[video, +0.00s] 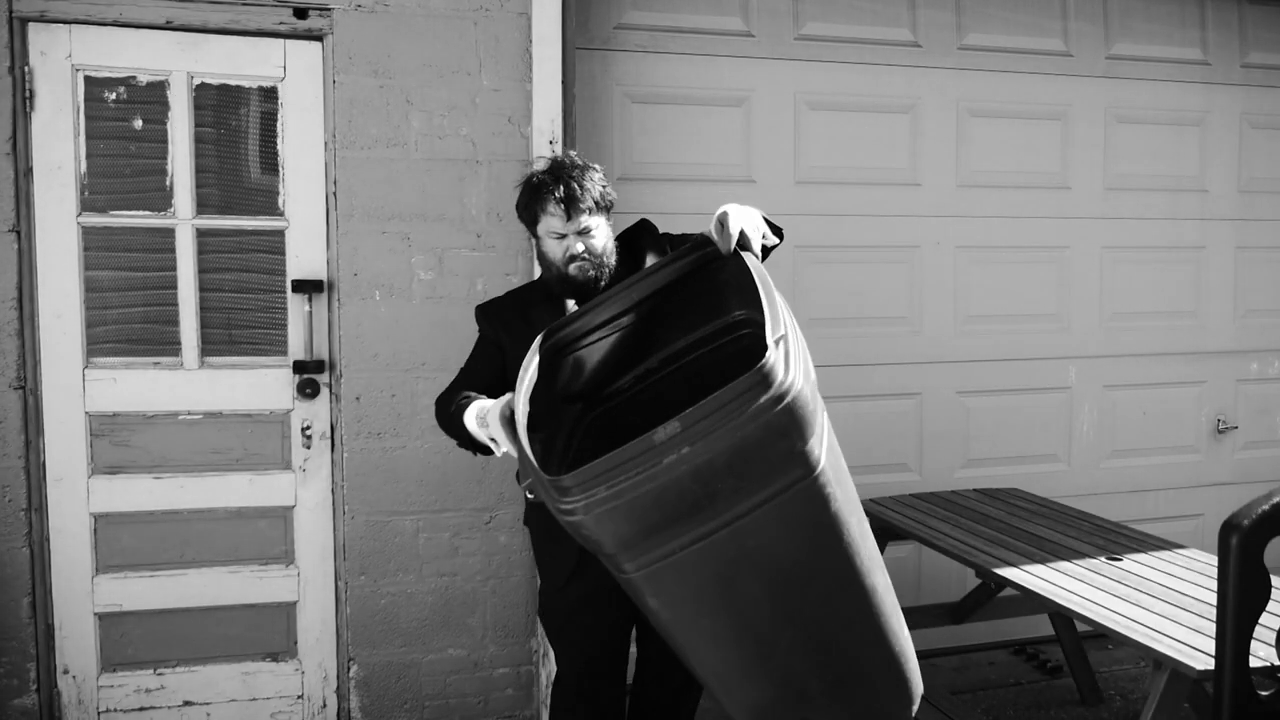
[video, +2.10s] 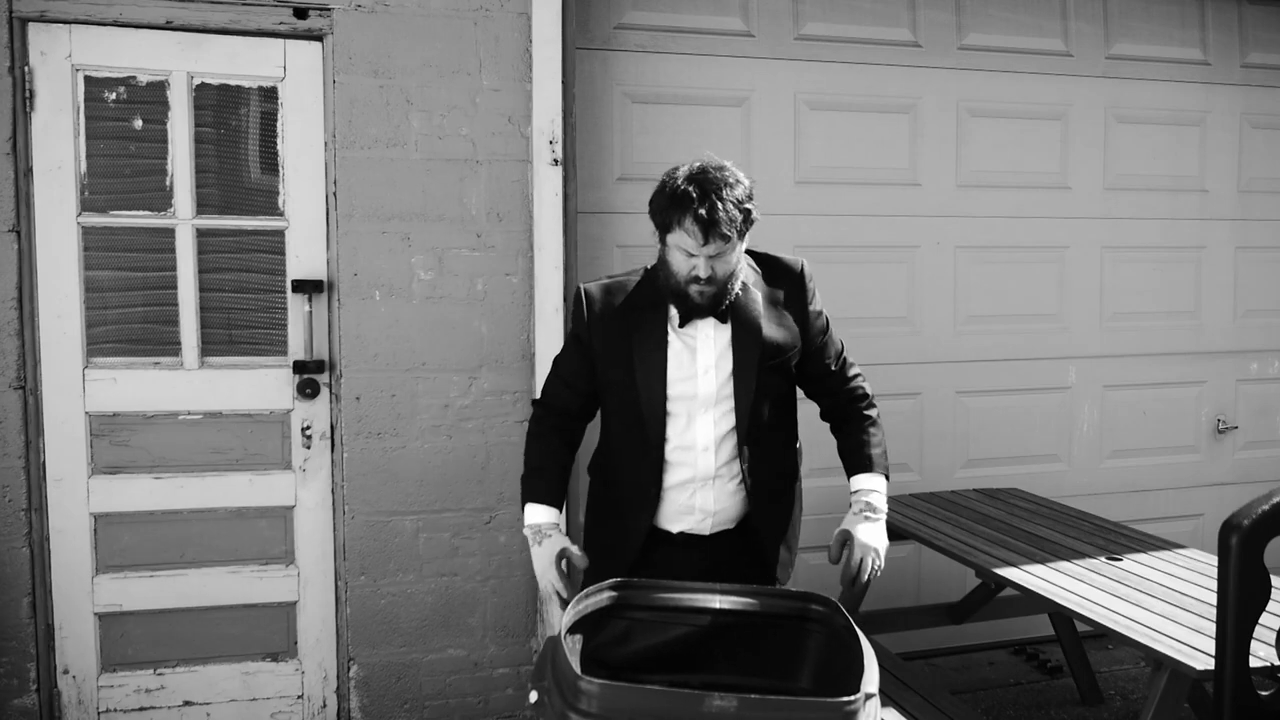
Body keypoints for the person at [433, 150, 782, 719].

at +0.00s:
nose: (578, 248)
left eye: (588, 231)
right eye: (560, 237)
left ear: (609, 219)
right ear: (534, 239)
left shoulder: (652, 256)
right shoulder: (510, 319)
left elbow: (740, 254)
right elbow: (454, 402)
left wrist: (747, 221)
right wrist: (481, 414)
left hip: (680, 507)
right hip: (572, 524)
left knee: (675, 680)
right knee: (588, 684)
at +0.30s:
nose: (576, 253)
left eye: (586, 235)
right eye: (557, 241)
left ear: (604, 218)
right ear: (525, 238)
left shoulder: (650, 267)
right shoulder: (492, 316)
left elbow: (737, 286)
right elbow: (420, 393)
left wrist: (767, 289)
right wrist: (459, 419)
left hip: (662, 529)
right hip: (553, 545)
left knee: (670, 685)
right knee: (568, 700)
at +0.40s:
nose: (584, 254)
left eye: (594, 236)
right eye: (564, 242)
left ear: (613, 219)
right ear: (531, 236)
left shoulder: (657, 271)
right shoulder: (494, 316)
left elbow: (754, 306)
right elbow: (422, 399)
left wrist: (780, 329)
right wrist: (467, 433)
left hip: (665, 534)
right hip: (557, 550)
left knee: (672, 691)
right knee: (566, 703)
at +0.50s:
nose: (592, 258)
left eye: (605, 239)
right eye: (572, 244)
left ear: (627, 225)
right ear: (543, 238)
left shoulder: (670, 278)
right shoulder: (503, 316)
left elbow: (768, 335)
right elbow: (436, 405)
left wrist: (793, 377)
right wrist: (476, 457)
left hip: (668, 534)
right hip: (557, 545)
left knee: (675, 693)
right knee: (570, 700)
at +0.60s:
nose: (609, 263)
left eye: (624, 245)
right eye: (590, 248)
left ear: (647, 231)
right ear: (563, 239)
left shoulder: (687, 285)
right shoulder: (517, 319)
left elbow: (780, 366)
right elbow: (456, 415)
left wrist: (804, 429)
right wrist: (488, 486)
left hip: (682, 543)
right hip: (571, 550)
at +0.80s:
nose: (650, 281)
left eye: (667, 264)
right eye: (634, 264)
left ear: (690, 245)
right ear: (605, 246)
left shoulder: (726, 301)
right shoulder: (553, 326)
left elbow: (791, 403)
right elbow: (504, 434)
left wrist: (817, 496)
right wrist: (510, 535)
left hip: (702, 561)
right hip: (589, 567)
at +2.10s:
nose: (702, 271)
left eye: (719, 255)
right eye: (686, 253)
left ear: (743, 238)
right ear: (662, 235)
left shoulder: (785, 296)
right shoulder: (606, 310)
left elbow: (848, 398)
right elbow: (556, 417)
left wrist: (869, 506)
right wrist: (541, 526)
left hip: (744, 553)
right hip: (636, 553)